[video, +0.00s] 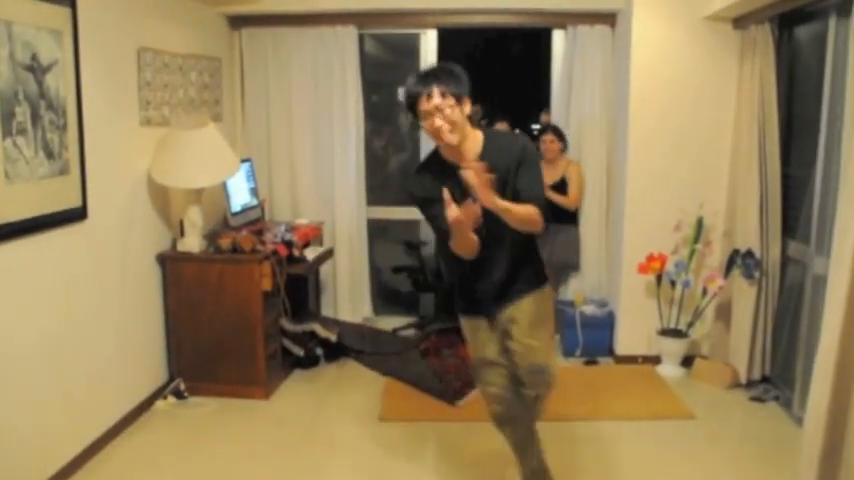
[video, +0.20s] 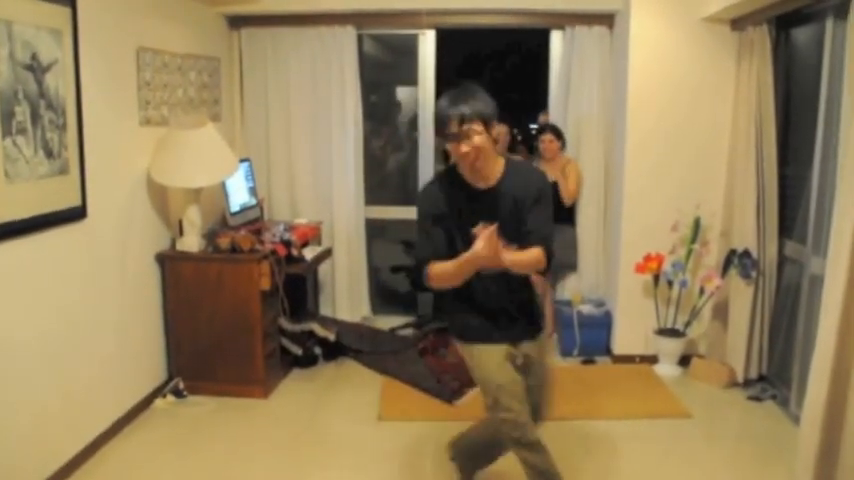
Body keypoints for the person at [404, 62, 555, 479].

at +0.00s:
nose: (437, 124)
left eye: (443, 110)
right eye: (426, 116)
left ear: (465, 105)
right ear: (418, 122)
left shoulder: (514, 148)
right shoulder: (427, 177)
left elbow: (536, 221)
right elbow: (464, 251)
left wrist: (490, 199)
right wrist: (462, 227)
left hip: (523, 285)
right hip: (473, 298)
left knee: (537, 376)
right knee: (500, 401)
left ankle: (516, 428)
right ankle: (535, 474)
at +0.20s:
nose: (462, 149)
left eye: (468, 136)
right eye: (452, 140)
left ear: (491, 131)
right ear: (443, 144)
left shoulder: (532, 182)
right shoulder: (436, 195)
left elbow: (543, 255)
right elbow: (428, 276)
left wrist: (503, 258)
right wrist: (475, 258)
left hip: (529, 318)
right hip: (475, 323)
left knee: (532, 414)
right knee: (516, 421)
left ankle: (466, 453)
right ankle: (547, 475)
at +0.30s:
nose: (476, 136)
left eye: (485, 124)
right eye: (468, 126)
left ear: (511, 122)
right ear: (460, 127)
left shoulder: (540, 181)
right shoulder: (450, 166)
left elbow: (526, 257)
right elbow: (400, 221)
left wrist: (463, 258)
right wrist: (417, 256)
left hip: (499, 298)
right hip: (449, 286)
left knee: (479, 396)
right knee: (456, 378)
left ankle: (444, 465)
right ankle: (463, 459)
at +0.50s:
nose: (453, 136)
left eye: (461, 124)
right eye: (447, 126)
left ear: (491, 117)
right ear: (442, 121)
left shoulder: (523, 179)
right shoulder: (449, 155)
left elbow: (530, 272)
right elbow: (425, 209)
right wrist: (381, 240)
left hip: (477, 315)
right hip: (431, 286)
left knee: (437, 401)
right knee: (380, 345)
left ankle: (406, 466)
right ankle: (446, 372)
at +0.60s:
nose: (452, 142)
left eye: (461, 131)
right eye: (447, 132)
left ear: (493, 128)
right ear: (442, 133)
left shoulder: (518, 193)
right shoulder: (452, 170)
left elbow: (539, 285)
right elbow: (429, 214)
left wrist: (527, 360)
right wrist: (378, 229)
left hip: (472, 324)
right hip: (426, 298)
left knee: (430, 407)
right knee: (383, 361)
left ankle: (395, 468)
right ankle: (474, 394)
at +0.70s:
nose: (460, 138)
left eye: (469, 127)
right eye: (454, 128)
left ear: (498, 124)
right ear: (449, 130)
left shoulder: (524, 187)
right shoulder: (459, 168)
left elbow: (555, 270)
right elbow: (426, 217)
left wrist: (551, 343)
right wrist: (369, 213)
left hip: (485, 323)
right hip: (443, 311)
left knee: (438, 406)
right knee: (444, 396)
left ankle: (397, 470)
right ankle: (528, 461)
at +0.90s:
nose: (452, 161)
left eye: (457, 149)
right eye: (445, 152)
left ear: (485, 134)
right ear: (444, 147)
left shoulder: (530, 180)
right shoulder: (469, 180)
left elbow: (558, 263)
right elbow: (471, 253)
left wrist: (505, 315)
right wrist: (453, 313)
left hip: (551, 314)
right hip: (510, 313)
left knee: (516, 402)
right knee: (514, 403)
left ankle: (588, 472)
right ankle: (562, 472)